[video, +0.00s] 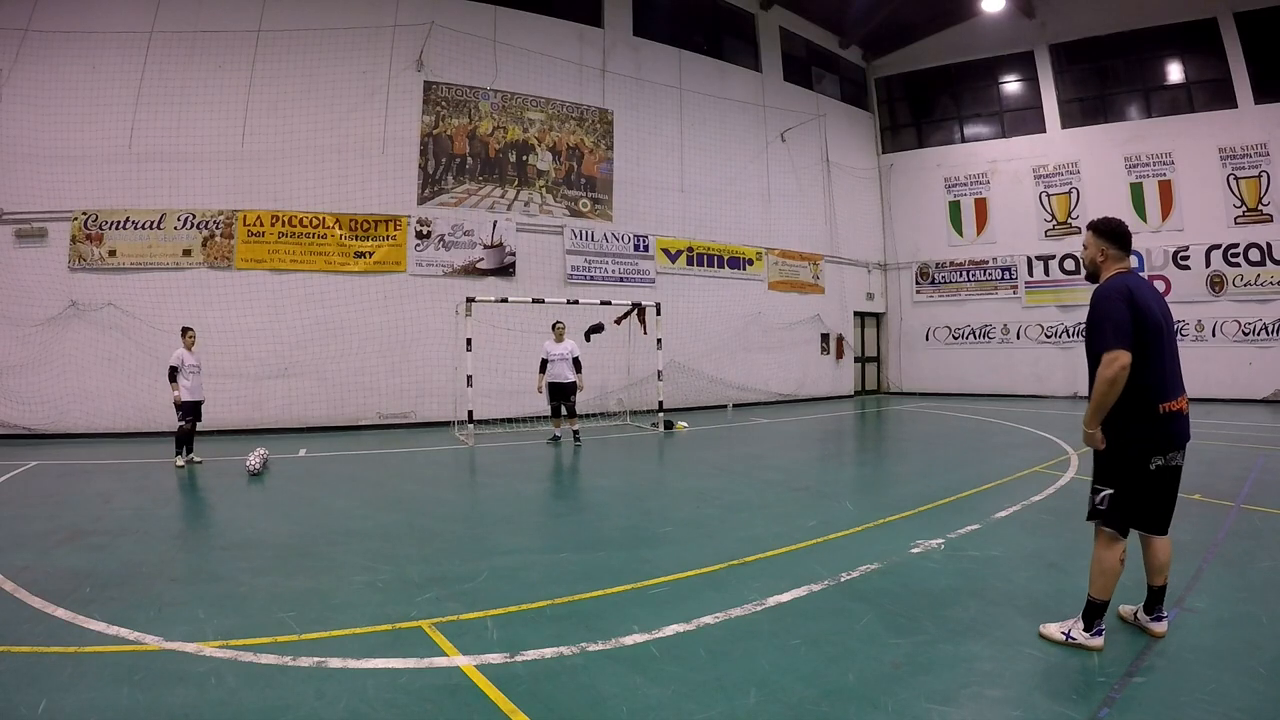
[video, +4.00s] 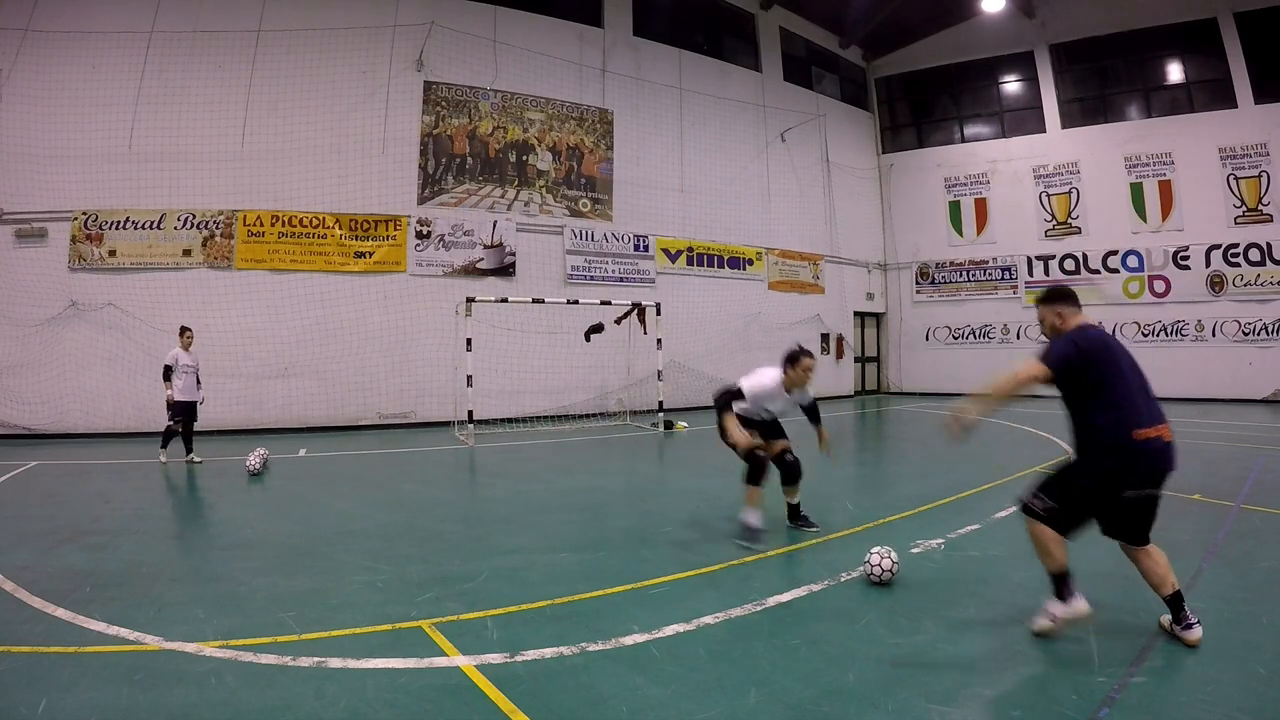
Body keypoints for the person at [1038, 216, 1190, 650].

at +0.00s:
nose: (1083, 254)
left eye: (1086, 247)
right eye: (1084, 246)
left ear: (1102, 251)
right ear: (1123, 251)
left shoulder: (1111, 293)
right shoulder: (1145, 288)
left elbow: (1116, 363)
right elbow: (1158, 358)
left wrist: (1091, 422)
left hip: (1130, 432)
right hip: (1168, 429)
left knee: (1109, 530)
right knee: (1155, 525)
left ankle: (1090, 625)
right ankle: (1155, 613)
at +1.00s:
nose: (1110, 249)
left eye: (1115, 241)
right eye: (1113, 241)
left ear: (1134, 248)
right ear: (1147, 250)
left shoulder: (1141, 296)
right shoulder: (1167, 292)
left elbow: (1142, 370)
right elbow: (1172, 369)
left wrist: (1118, 434)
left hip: (1145, 439)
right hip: (1177, 437)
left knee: (1114, 534)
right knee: (1170, 529)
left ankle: (1087, 623)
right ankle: (1174, 622)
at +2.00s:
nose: (1113, 247)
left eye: (1119, 239)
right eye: (1117, 239)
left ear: (1138, 246)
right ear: (1151, 249)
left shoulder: (1144, 295)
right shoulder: (1169, 292)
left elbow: (1145, 368)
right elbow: (1171, 368)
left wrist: (1120, 433)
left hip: (1145, 441)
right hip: (1177, 438)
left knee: (1115, 535)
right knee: (1171, 529)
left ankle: (1087, 624)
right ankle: (1174, 622)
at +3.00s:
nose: (1108, 249)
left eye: (1115, 242)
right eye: (1112, 242)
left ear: (1137, 249)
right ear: (1145, 251)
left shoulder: (1142, 296)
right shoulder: (1164, 292)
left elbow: (1147, 369)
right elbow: (1168, 369)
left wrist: (1125, 436)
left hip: (1141, 441)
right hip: (1175, 439)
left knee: (1110, 536)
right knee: (1170, 530)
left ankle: (1087, 624)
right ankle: (1174, 623)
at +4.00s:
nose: (1042, 330)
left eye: (1043, 322)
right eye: (1040, 324)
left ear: (1057, 316)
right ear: (1076, 312)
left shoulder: (1070, 344)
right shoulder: (1105, 341)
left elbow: (1022, 378)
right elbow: (1122, 401)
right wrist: (1091, 450)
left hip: (1111, 456)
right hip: (1155, 452)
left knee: (1040, 514)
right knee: (1133, 537)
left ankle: (1066, 599)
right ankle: (1184, 620)